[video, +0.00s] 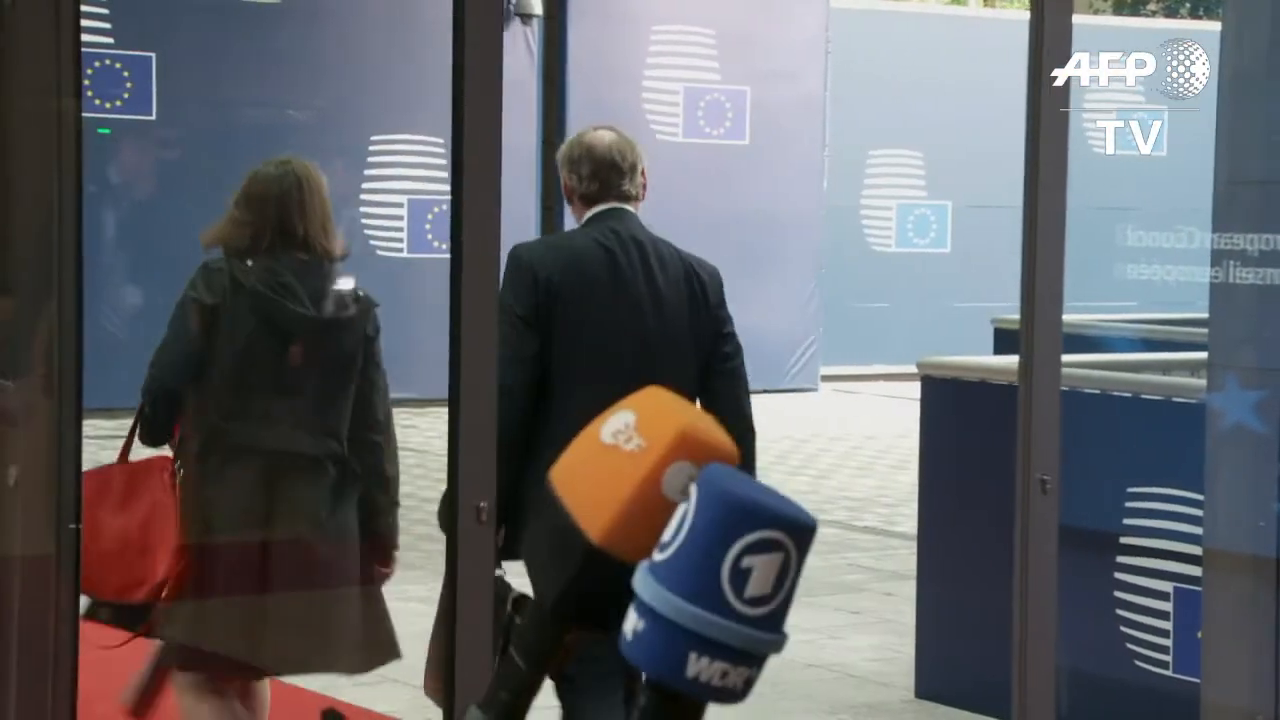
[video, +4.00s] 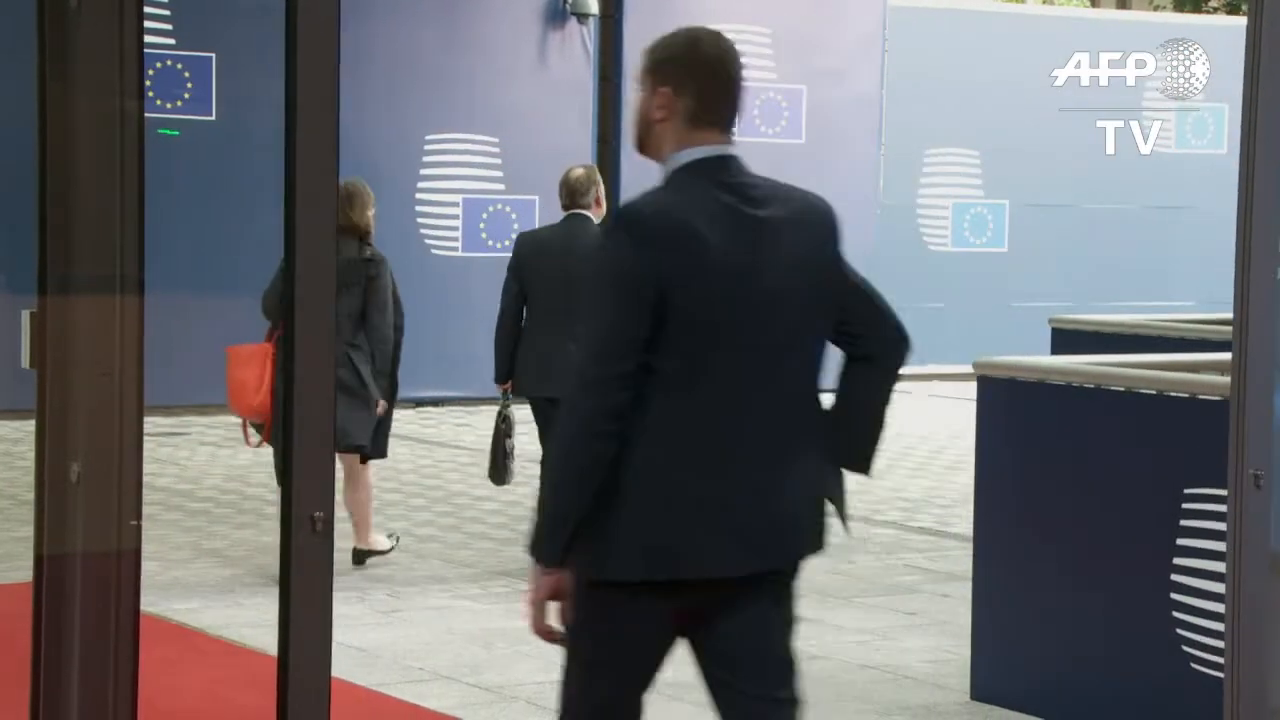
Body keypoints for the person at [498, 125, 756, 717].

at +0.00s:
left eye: (564, 185)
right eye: (647, 177)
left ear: (568, 191)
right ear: (643, 186)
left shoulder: (537, 264)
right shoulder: (698, 277)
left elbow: (507, 399)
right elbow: (733, 415)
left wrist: (491, 514)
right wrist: (732, 524)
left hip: (564, 520)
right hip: (667, 517)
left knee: (591, 678)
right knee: (664, 677)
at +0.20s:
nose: (559, 165)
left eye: (559, 157)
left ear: (564, 165)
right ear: (633, 165)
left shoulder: (524, 240)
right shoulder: (682, 255)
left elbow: (496, 376)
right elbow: (701, 383)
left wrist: (483, 494)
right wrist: (690, 491)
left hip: (542, 485)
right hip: (643, 488)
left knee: (527, 661)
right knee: (629, 661)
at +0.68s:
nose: (567, 174)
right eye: (566, 166)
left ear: (498, 178)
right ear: (560, 173)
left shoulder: (468, 249)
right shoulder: (610, 253)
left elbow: (445, 367)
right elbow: (636, 371)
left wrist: (439, 473)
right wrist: (624, 465)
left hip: (489, 469)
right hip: (580, 469)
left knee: (477, 618)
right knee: (562, 605)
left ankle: (479, 716)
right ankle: (592, 708)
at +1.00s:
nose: (549, 181)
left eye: (543, 173)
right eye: (548, 174)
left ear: (483, 180)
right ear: (542, 181)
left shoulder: (445, 249)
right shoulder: (585, 259)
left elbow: (416, 354)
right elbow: (612, 367)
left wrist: (402, 453)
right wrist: (617, 460)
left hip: (467, 458)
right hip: (551, 462)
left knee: (484, 600)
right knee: (522, 591)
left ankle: (502, 710)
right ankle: (498, 704)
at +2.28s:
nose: (509, 202)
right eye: (511, 194)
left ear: (461, 195)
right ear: (508, 197)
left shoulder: (425, 245)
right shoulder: (533, 256)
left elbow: (396, 333)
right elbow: (550, 346)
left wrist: (390, 413)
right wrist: (554, 419)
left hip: (433, 414)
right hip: (501, 417)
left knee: (437, 525)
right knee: (487, 523)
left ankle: (439, 641)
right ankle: (471, 631)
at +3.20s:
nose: (550, 191)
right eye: (550, 185)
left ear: (503, 186)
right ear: (546, 187)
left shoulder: (466, 232)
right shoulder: (565, 236)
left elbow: (447, 310)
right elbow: (583, 315)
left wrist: (445, 373)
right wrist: (584, 379)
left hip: (481, 380)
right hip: (542, 381)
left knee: (483, 483)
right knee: (543, 474)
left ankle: (486, 595)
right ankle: (539, 577)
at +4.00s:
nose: (606, 201)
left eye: (604, 195)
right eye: (605, 195)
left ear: (562, 200)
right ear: (599, 199)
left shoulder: (529, 243)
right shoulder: (611, 246)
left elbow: (510, 313)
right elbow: (621, 317)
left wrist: (503, 370)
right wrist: (620, 370)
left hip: (540, 377)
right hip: (592, 377)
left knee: (554, 461)